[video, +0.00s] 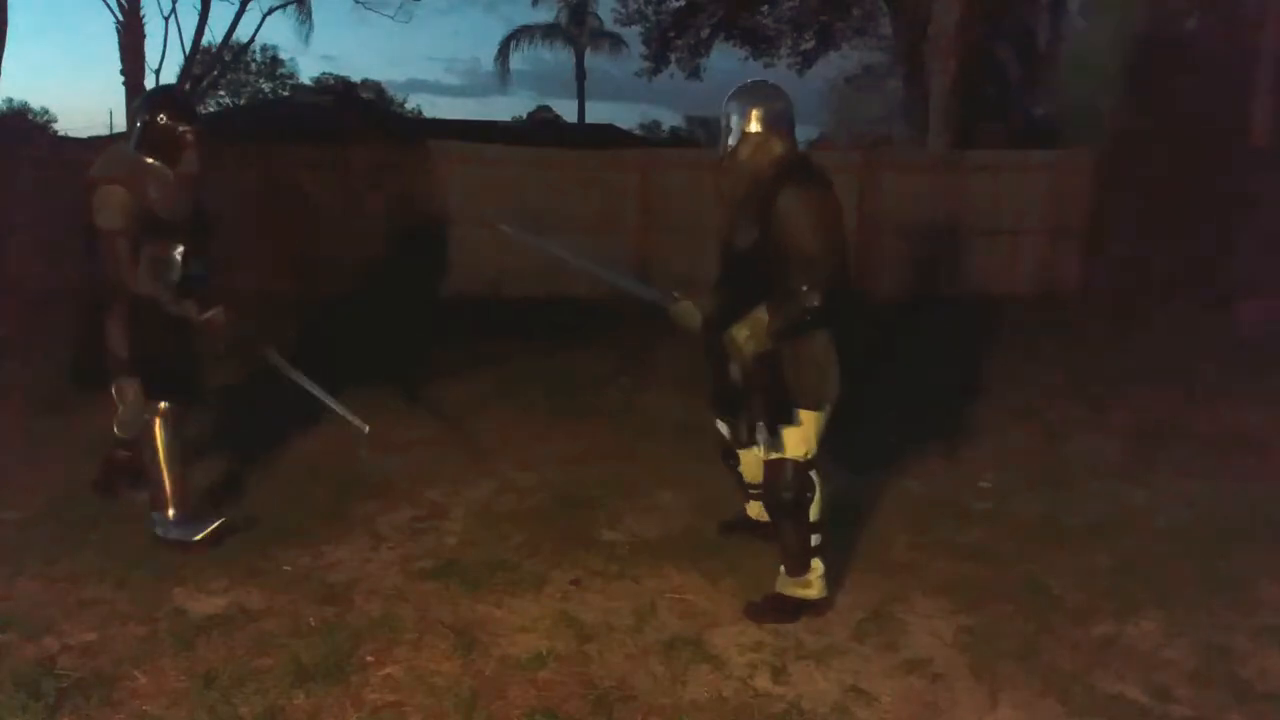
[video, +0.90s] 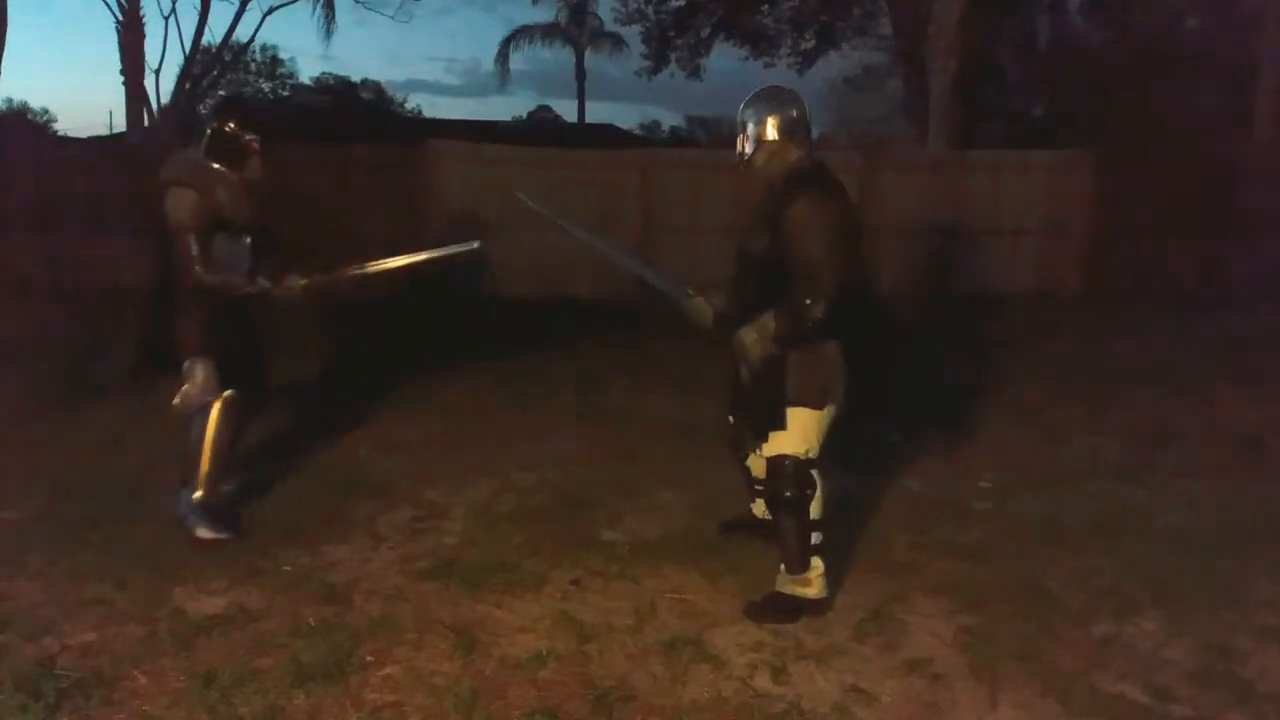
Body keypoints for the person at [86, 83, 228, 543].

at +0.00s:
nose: (187, 138)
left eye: (189, 129)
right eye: (179, 128)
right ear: (154, 127)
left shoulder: (173, 183)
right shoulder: (119, 183)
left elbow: (187, 255)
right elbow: (121, 275)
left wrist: (206, 299)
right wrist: (188, 310)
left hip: (166, 305)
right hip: (137, 308)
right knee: (164, 402)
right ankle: (173, 511)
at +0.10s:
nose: (191, 141)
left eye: (193, 132)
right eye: (184, 131)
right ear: (159, 129)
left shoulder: (175, 184)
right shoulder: (123, 183)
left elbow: (184, 254)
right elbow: (127, 277)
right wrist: (190, 314)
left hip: (168, 305)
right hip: (143, 309)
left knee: (152, 396)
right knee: (170, 402)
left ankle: (124, 466)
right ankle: (176, 512)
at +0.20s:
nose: (195, 142)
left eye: (195, 133)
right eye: (188, 132)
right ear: (165, 129)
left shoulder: (174, 182)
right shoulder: (128, 180)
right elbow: (128, 274)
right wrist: (195, 312)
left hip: (175, 306)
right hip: (152, 310)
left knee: (160, 400)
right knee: (177, 406)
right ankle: (176, 513)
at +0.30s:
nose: (206, 143)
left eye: (205, 133)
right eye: (199, 132)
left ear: (169, 132)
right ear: (175, 131)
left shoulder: (180, 183)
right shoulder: (137, 182)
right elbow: (136, 277)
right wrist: (205, 312)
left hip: (177, 309)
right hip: (156, 311)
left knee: (171, 404)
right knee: (176, 409)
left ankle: (167, 503)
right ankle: (178, 514)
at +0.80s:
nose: (248, 150)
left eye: (248, 141)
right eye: (242, 140)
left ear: (220, 143)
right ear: (221, 140)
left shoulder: (231, 186)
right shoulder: (181, 187)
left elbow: (240, 256)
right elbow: (186, 274)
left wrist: (270, 281)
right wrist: (241, 288)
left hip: (227, 308)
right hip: (195, 310)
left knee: (235, 397)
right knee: (211, 403)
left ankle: (206, 493)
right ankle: (185, 511)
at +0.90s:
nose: (256, 168)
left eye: (256, 159)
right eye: (251, 159)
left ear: (226, 155)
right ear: (231, 157)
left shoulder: (236, 191)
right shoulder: (195, 191)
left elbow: (242, 257)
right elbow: (197, 273)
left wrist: (276, 279)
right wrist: (251, 284)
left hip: (232, 306)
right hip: (207, 308)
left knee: (241, 388)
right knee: (229, 390)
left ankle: (209, 484)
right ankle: (200, 496)